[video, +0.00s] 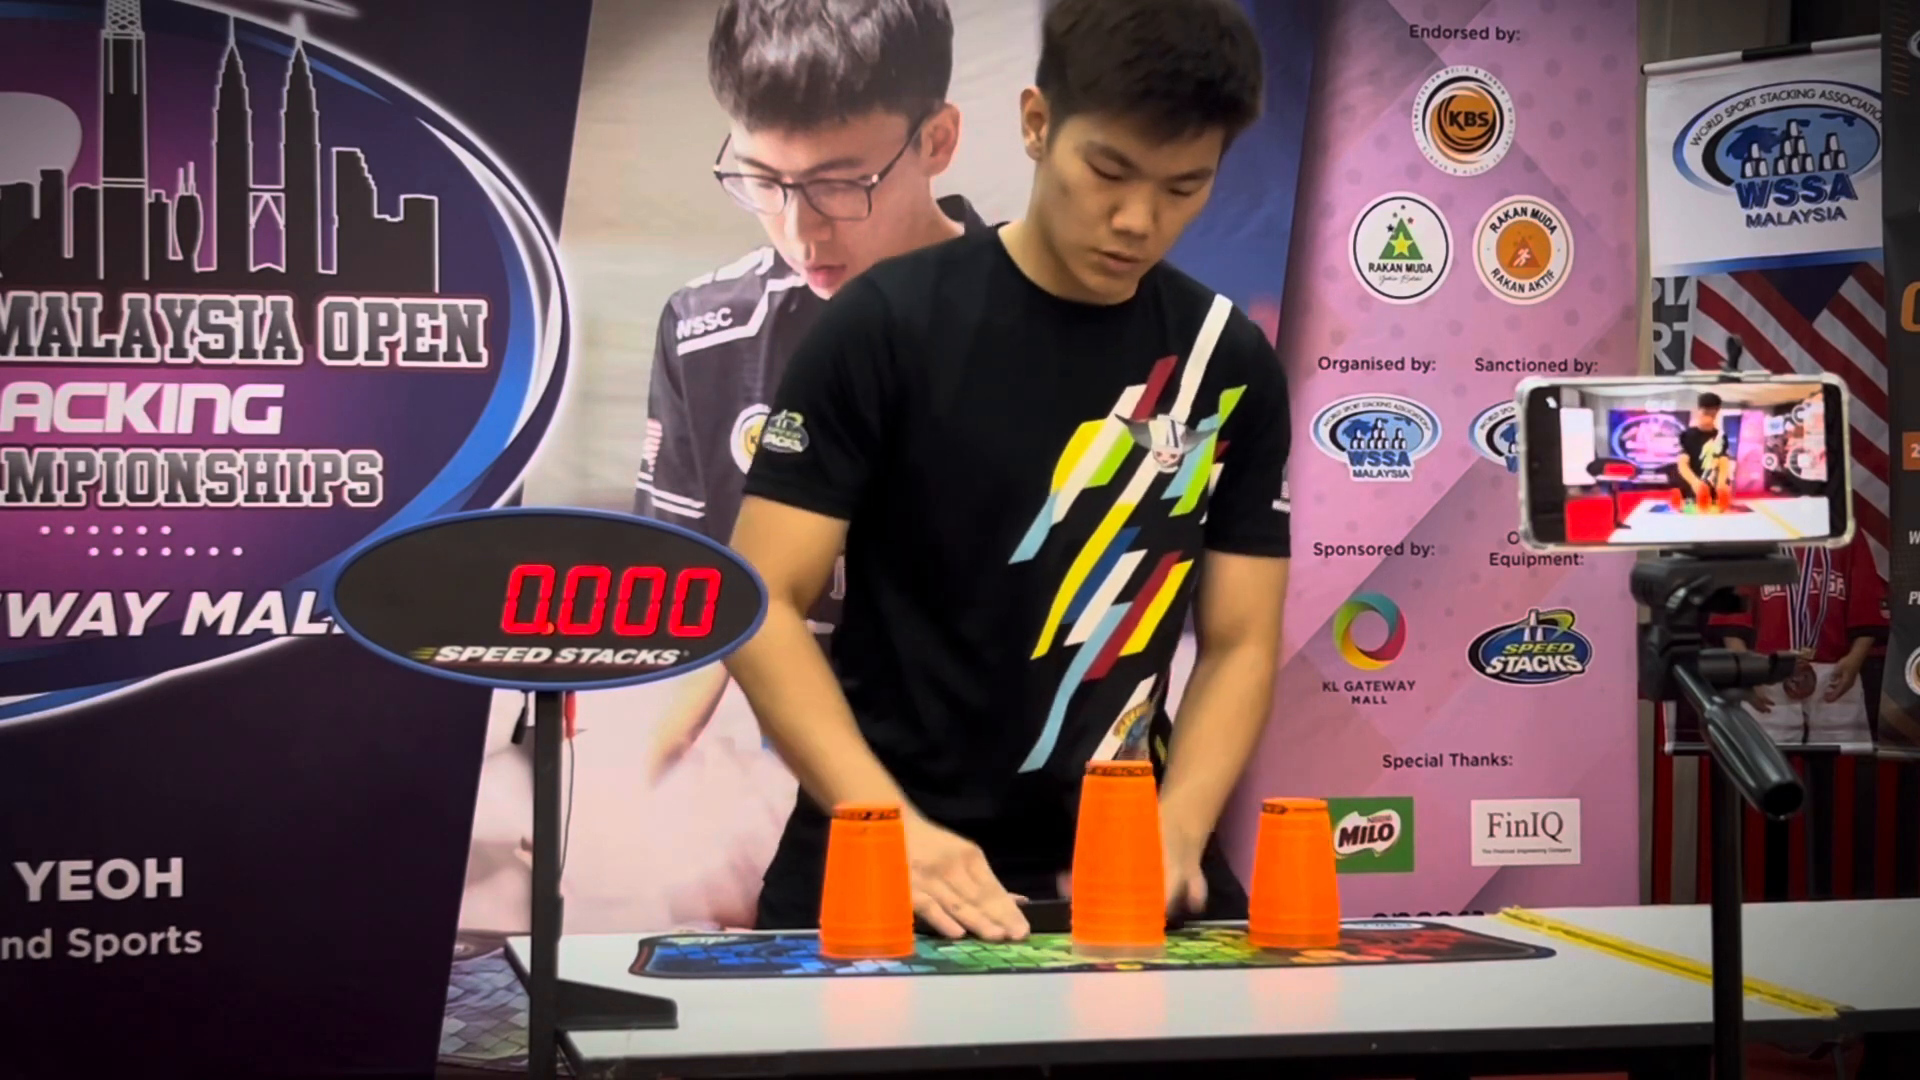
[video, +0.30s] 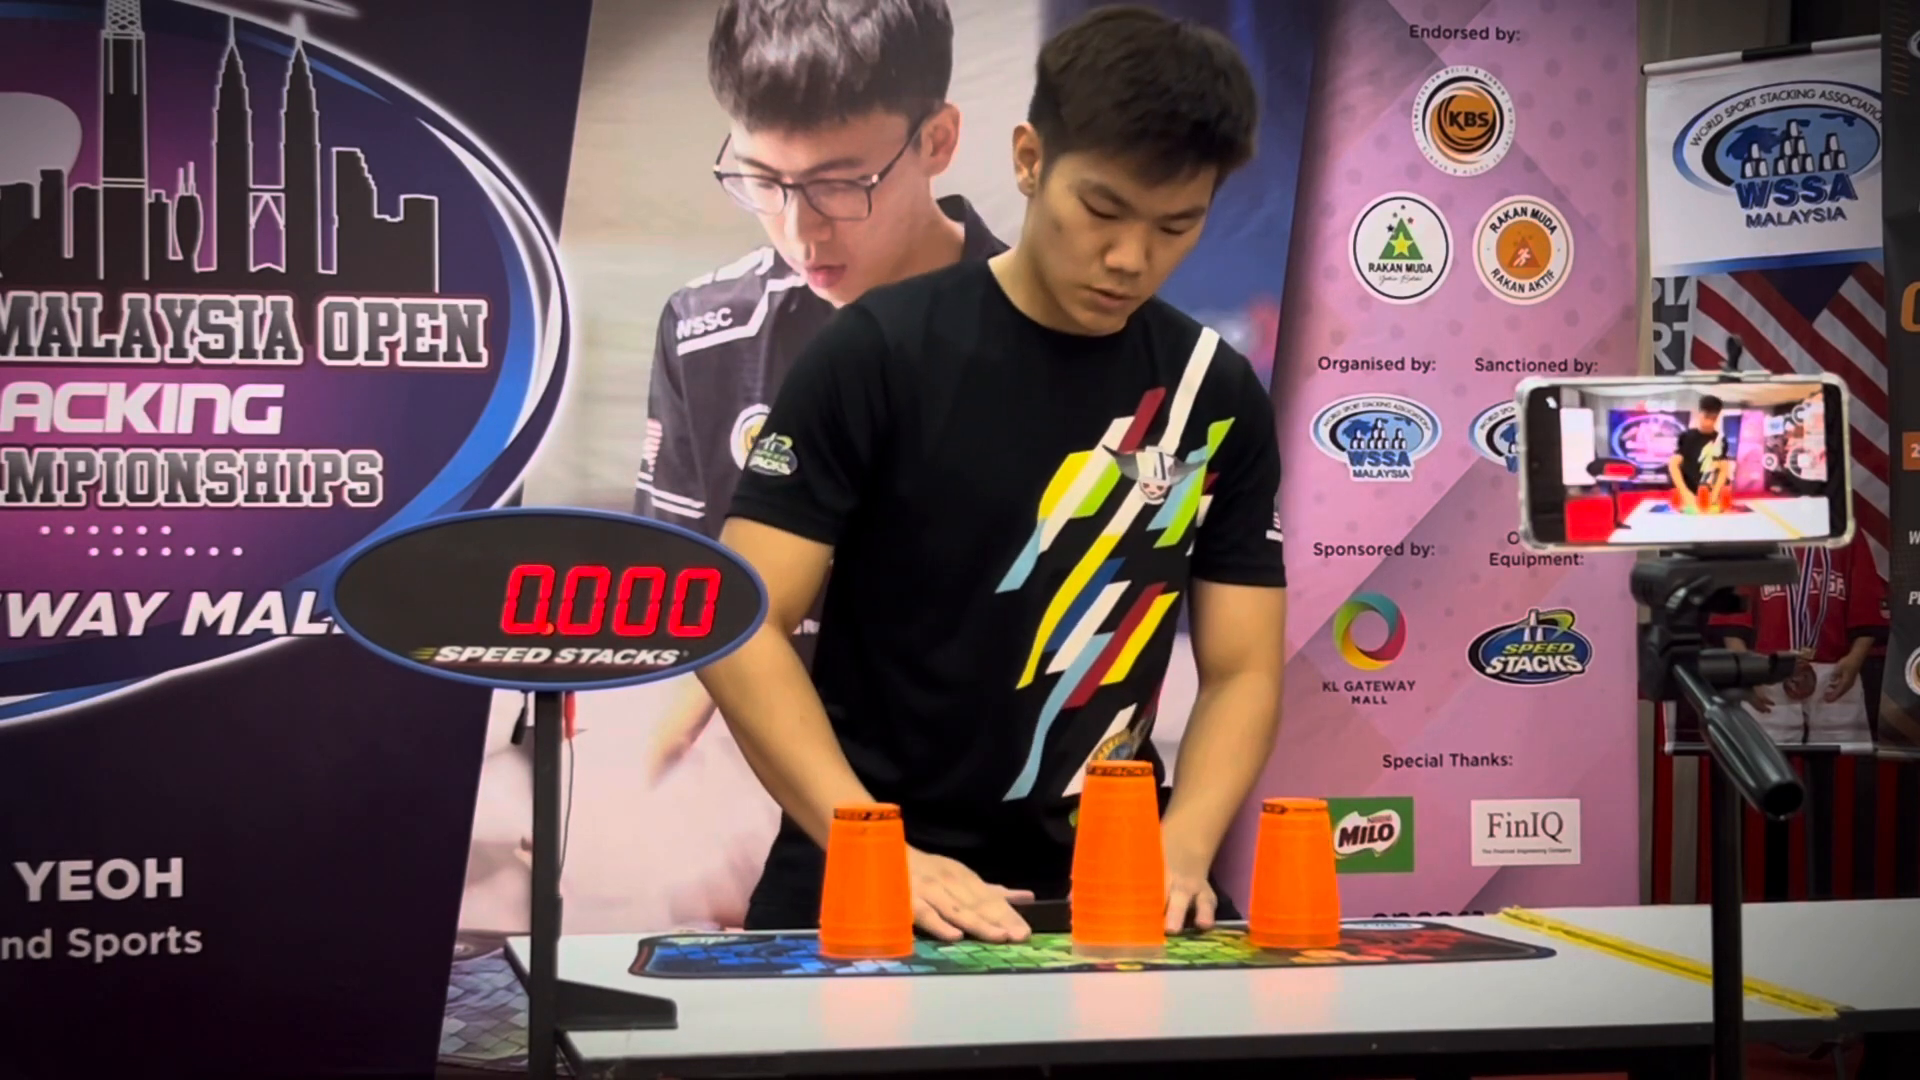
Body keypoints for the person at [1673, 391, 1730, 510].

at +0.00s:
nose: (1708, 418)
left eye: (1712, 414)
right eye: (1705, 413)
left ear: (1716, 413)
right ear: (1699, 411)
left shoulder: (1720, 437)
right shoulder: (1688, 435)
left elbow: (1723, 463)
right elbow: (1682, 465)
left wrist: (1721, 485)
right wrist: (1697, 485)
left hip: (1714, 494)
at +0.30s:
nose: (1709, 422)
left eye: (1713, 418)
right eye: (1706, 417)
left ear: (1717, 418)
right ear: (1700, 415)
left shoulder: (1720, 440)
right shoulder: (1688, 437)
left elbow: (1723, 469)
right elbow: (1673, 464)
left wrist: (1714, 495)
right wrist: (1686, 495)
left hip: (1710, 498)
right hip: (1690, 498)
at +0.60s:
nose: (1708, 425)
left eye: (1713, 421)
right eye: (1706, 420)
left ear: (1717, 420)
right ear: (1699, 417)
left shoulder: (1720, 443)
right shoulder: (1687, 439)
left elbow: (1723, 471)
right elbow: (1672, 464)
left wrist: (1714, 495)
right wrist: (1685, 495)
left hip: (1710, 500)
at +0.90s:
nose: (1709, 426)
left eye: (1713, 422)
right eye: (1706, 421)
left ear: (1717, 421)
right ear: (1699, 418)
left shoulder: (1720, 443)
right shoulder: (1686, 439)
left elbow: (1724, 469)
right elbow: (1672, 465)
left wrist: (1714, 494)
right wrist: (1688, 494)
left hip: (1711, 500)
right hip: (1690, 500)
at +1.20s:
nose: (1714, 426)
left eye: (1717, 422)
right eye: (1711, 421)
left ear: (1721, 422)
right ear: (1702, 418)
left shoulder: (1721, 443)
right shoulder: (1690, 440)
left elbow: (1724, 467)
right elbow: (1688, 470)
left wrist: (1726, 482)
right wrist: (1713, 480)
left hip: (1715, 496)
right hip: (1693, 495)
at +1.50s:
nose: (1712, 425)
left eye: (1716, 421)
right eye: (1710, 420)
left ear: (1720, 422)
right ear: (1701, 418)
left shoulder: (1721, 443)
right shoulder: (1689, 439)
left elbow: (1723, 471)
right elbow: (1681, 469)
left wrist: (1715, 489)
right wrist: (1696, 486)